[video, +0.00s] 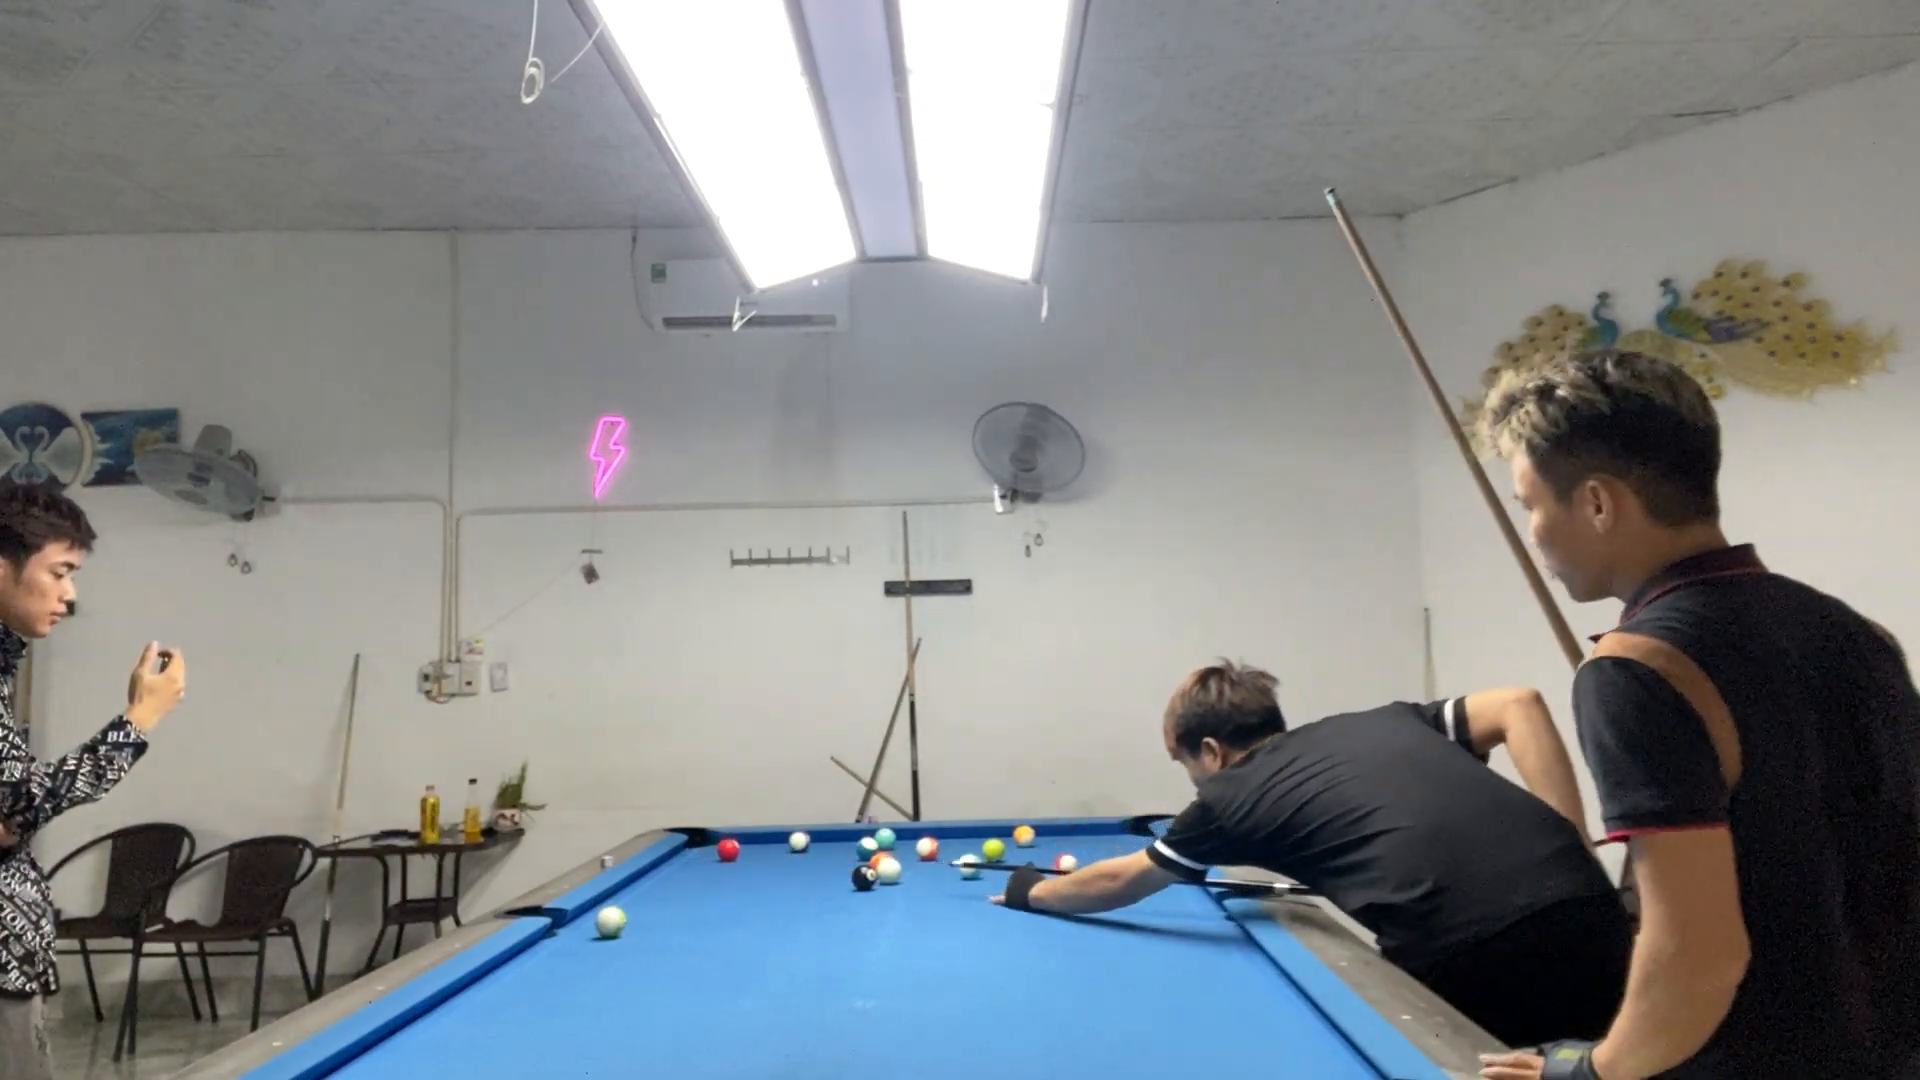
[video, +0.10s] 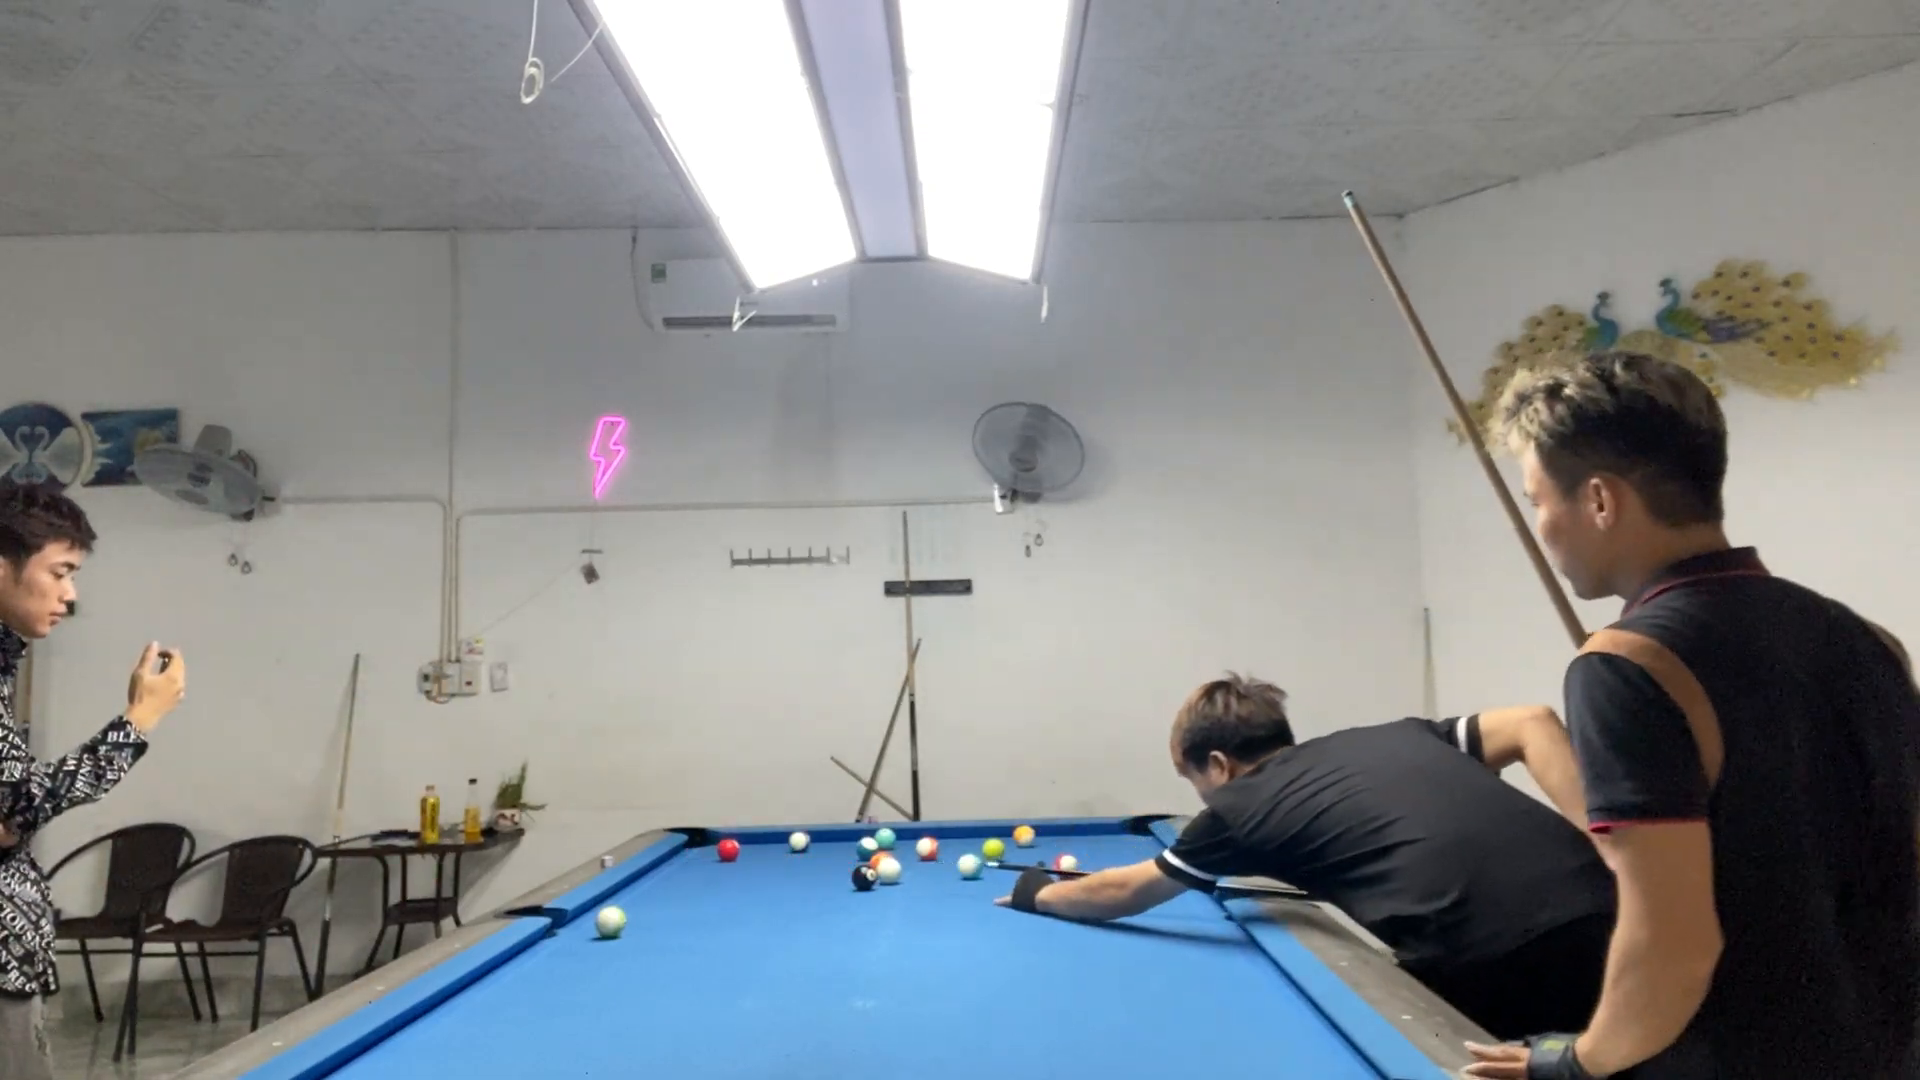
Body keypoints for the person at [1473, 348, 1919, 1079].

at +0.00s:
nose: (1528, 534)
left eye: (1529, 505)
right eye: (1522, 508)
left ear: (1599, 505)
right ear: (1696, 480)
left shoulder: (1635, 673)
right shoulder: (1856, 635)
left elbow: (1697, 952)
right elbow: (1896, 892)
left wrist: (1600, 1068)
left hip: (1743, 1062)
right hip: (1889, 1052)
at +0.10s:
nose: (1536, 528)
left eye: (1538, 501)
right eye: (1533, 504)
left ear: (1602, 502)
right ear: (1700, 481)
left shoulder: (1626, 669)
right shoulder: (1868, 645)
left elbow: (1672, 942)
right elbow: (1902, 882)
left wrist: (1585, 1060)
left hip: (1723, 1062)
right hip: (1884, 1056)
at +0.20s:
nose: (1549, 530)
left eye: (1550, 502)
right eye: (1545, 504)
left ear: (1609, 500)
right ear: (1710, 485)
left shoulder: (1622, 664)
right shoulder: (1879, 652)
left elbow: (1647, 933)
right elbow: (1896, 894)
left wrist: (1562, 1052)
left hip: (1705, 1060)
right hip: (1876, 1057)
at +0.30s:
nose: (1566, 530)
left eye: (1566, 501)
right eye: (1561, 504)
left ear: (1623, 501)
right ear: (1725, 490)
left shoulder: (1624, 665)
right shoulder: (1884, 656)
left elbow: (1624, 927)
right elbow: (1900, 884)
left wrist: (1537, 1053)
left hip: (1695, 1062)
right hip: (1872, 1055)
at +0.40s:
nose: (1583, 521)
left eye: (1583, 494)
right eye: (1577, 497)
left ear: (1634, 496)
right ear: (1735, 489)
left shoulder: (1622, 654)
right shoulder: (1889, 653)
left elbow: (1620, 902)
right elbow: (1902, 880)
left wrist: (1535, 1048)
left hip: (1694, 1058)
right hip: (1875, 1053)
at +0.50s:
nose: (1596, 513)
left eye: (1596, 489)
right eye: (1591, 491)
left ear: (1643, 492)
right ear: (1745, 489)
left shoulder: (1627, 641)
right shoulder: (1889, 650)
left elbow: (1617, 881)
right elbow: (1900, 866)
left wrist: (1534, 1048)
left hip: (1702, 1053)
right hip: (1878, 1048)